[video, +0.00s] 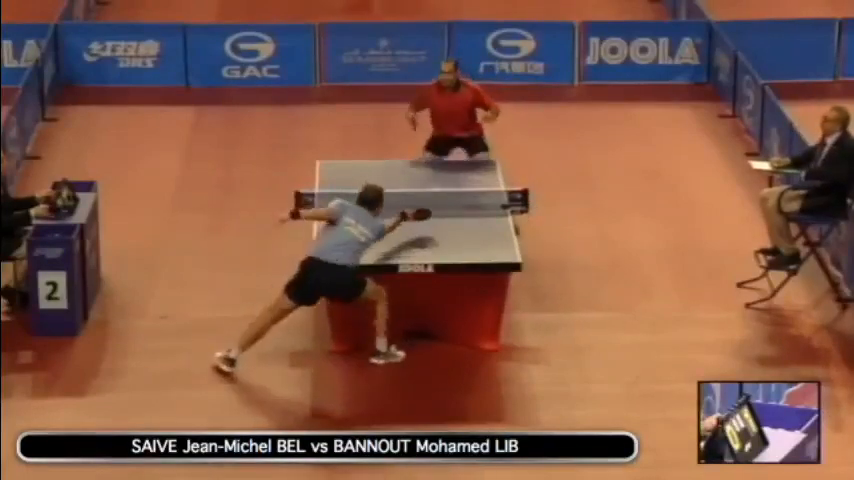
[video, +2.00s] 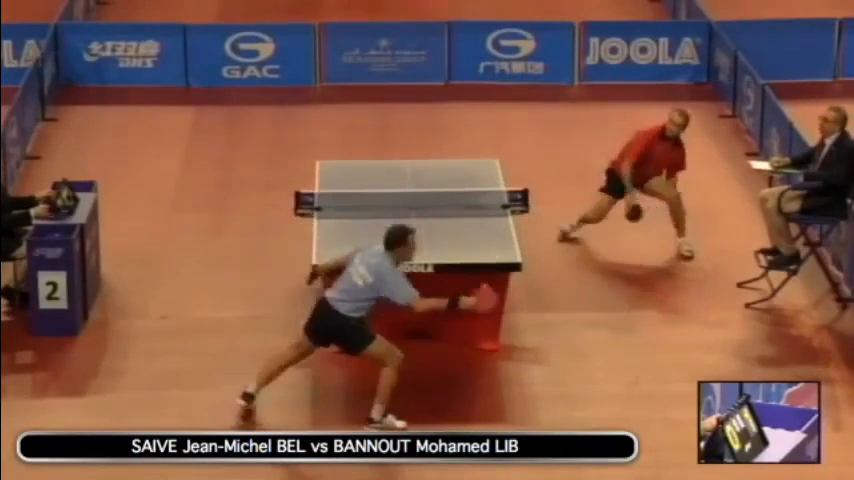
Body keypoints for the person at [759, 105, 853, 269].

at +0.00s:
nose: (822, 123)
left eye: (827, 120)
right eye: (823, 119)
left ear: (840, 125)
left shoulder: (847, 146)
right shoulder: (826, 142)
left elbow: (838, 176)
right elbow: (805, 159)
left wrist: (808, 173)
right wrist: (786, 163)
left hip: (830, 199)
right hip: (815, 191)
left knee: (775, 204)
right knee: (766, 196)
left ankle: (790, 254)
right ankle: (780, 247)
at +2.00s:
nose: (821, 123)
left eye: (826, 121)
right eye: (821, 119)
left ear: (838, 126)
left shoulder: (846, 147)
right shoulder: (826, 141)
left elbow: (837, 177)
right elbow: (807, 158)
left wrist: (806, 175)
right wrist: (786, 163)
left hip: (830, 199)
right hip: (815, 191)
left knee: (773, 205)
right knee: (766, 197)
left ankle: (789, 254)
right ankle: (780, 247)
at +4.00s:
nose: (821, 122)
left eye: (827, 119)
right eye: (822, 118)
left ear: (839, 125)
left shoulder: (846, 147)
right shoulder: (826, 140)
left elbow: (837, 177)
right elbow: (808, 158)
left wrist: (804, 175)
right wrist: (787, 163)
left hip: (829, 199)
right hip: (815, 191)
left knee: (774, 205)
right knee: (765, 196)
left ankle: (790, 254)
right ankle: (780, 247)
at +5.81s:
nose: (822, 123)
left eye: (828, 120)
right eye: (822, 119)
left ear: (840, 126)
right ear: (820, 119)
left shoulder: (846, 147)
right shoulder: (826, 141)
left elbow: (836, 177)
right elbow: (808, 158)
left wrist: (803, 175)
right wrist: (787, 163)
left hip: (829, 199)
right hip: (815, 191)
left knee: (773, 204)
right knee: (765, 197)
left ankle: (790, 253)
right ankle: (780, 247)